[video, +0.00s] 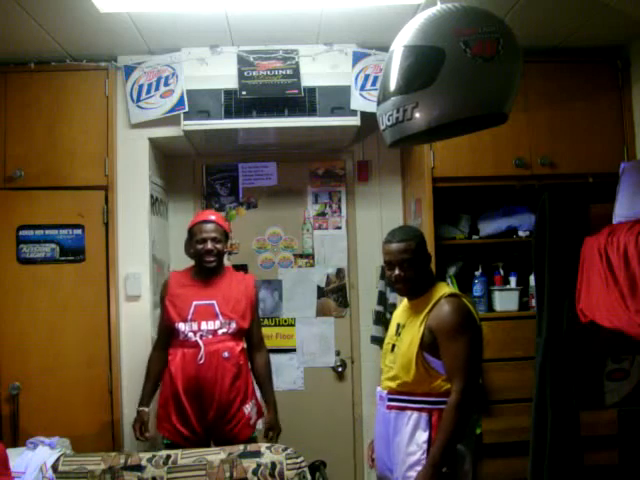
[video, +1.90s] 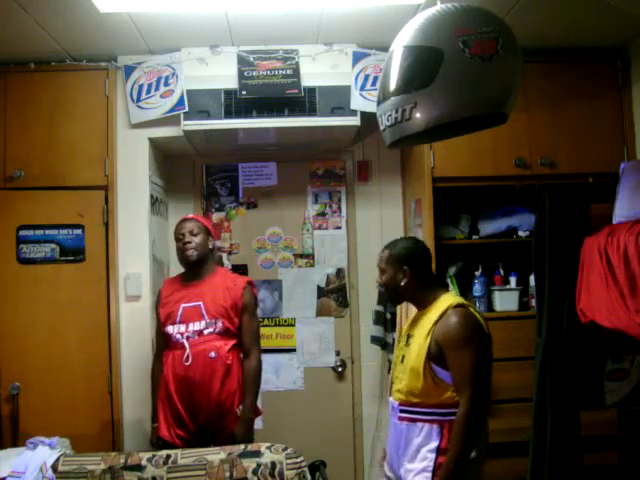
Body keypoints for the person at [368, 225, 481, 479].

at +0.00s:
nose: (397, 274)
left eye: (405, 265)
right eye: (389, 266)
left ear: (426, 262)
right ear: (383, 268)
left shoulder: (449, 312)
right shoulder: (405, 305)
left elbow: (462, 391)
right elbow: (402, 381)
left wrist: (433, 465)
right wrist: (381, 438)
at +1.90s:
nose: (378, 281)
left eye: (383, 272)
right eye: (379, 272)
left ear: (405, 274)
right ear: (404, 274)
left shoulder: (457, 322)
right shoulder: (422, 315)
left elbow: (471, 401)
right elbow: (410, 390)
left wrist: (449, 469)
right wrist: (392, 445)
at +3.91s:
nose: (405, 275)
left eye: (415, 267)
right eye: (400, 267)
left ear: (436, 271)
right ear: (393, 272)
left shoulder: (461, 324)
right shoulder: (411, 318)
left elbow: (480, 403)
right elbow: (407, 394)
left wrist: (457, 470)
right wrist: (381, 445)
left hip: (436, 444)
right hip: (398, 441)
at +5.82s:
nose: (405, 271)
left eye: (414, 263)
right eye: (396, 264)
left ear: (428, 267)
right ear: (387, 272)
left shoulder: (454, 320)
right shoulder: (398, 316)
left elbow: (479, 397)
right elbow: (395, 389)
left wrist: (455, 470)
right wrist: (372, 438)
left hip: (434, 437)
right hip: (390, 434)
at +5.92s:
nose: (404, 275)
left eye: (413, 267)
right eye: (395, 269)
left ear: (428, 271)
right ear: (386, 275)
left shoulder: (455, 323)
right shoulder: (401, 320)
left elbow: (481, 398)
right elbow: (395, 392)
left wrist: (457, 468)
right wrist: (371, 440)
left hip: (434, 447)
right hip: (391, 445)